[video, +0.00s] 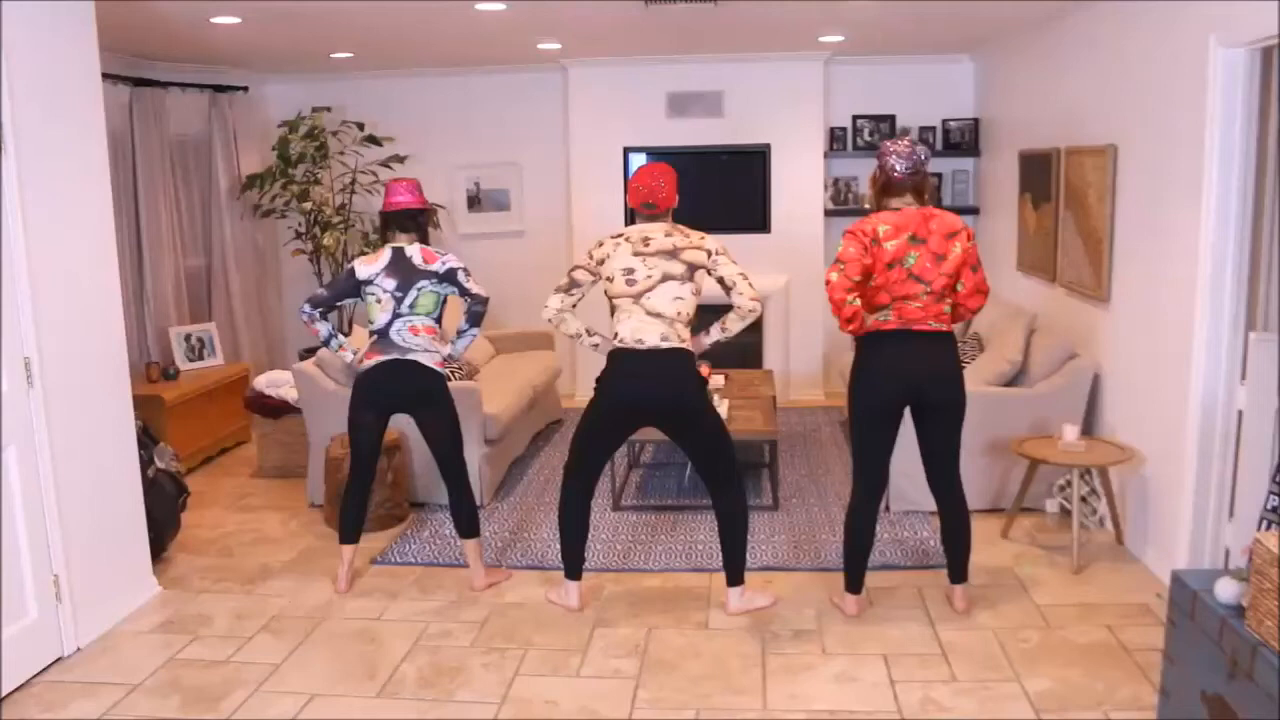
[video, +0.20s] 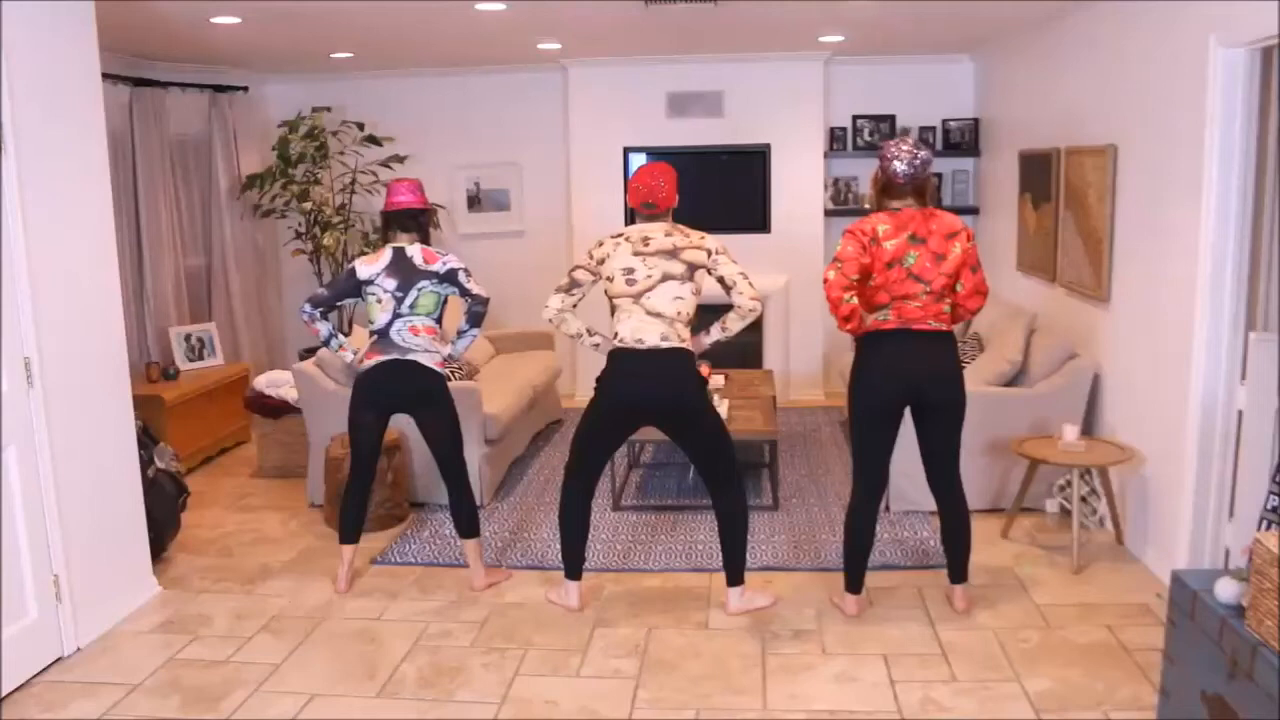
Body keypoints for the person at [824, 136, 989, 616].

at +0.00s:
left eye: (877, 177)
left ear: (878, 182)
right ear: (925, 181)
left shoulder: (866, 230)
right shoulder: (953, 227)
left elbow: (838, 285)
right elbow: (974, 292)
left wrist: (860, 328)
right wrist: (944, 323)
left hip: (880, 360)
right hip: (939, 360)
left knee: (868, 482)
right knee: (947, 479)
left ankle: (852, 594)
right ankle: (959, 590)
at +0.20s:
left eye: (878, 176)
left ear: (879, 182)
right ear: (928, 182)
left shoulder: (865, 229)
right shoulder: (953, 228)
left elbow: (836, 283)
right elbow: (974, 293)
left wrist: (859, 327)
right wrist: (943, 323)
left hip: (880, 359)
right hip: (938, 359)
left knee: (868, 481)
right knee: (947, 479)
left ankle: (852, 594)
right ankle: (960, 590)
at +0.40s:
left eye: (881, 174)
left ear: (880, 182)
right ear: (929, 181)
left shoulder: (865, 229)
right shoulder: (954, 228)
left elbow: (837, 285)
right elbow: (973, 294)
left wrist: (860, 326)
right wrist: (942, 323)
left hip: (879, 358)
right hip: (938, 358)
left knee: (868, 481)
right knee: (947, 478)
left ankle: (852, 594)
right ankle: (960, 589)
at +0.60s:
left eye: (882, 174)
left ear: (881, 182)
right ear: (929, 182)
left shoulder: (865, 229)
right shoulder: (954, 228)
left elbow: (837, 284)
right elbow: (973, 293)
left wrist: (861, 325)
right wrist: (942, 323)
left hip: (879, 358)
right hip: (938, 358)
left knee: (868, 481)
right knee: (947, 478)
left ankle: (852, 594)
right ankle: (960, 590)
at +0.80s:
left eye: (881, 174)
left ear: (881, 182)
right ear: (930, 182)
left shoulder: (866, 229)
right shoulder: (954, 228)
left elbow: (837, 283)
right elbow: (974, 293)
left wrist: (860, 325)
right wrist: (942, 323)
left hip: (879, 358)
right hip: (938, 358)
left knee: (868, 481)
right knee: (947, 478)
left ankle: (853, 594)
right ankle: (960, 590)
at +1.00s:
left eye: (881, 174)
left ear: (881, 181)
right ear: (929, 181)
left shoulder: (865, 228)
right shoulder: (954, 228)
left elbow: (835, 283)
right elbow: (975, 293)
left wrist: (861, 325)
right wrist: (943, 322)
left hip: (879, 358)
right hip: (938, 358)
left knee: (868, 481)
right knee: (947, 478)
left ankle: (853, 594)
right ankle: (960, 590)